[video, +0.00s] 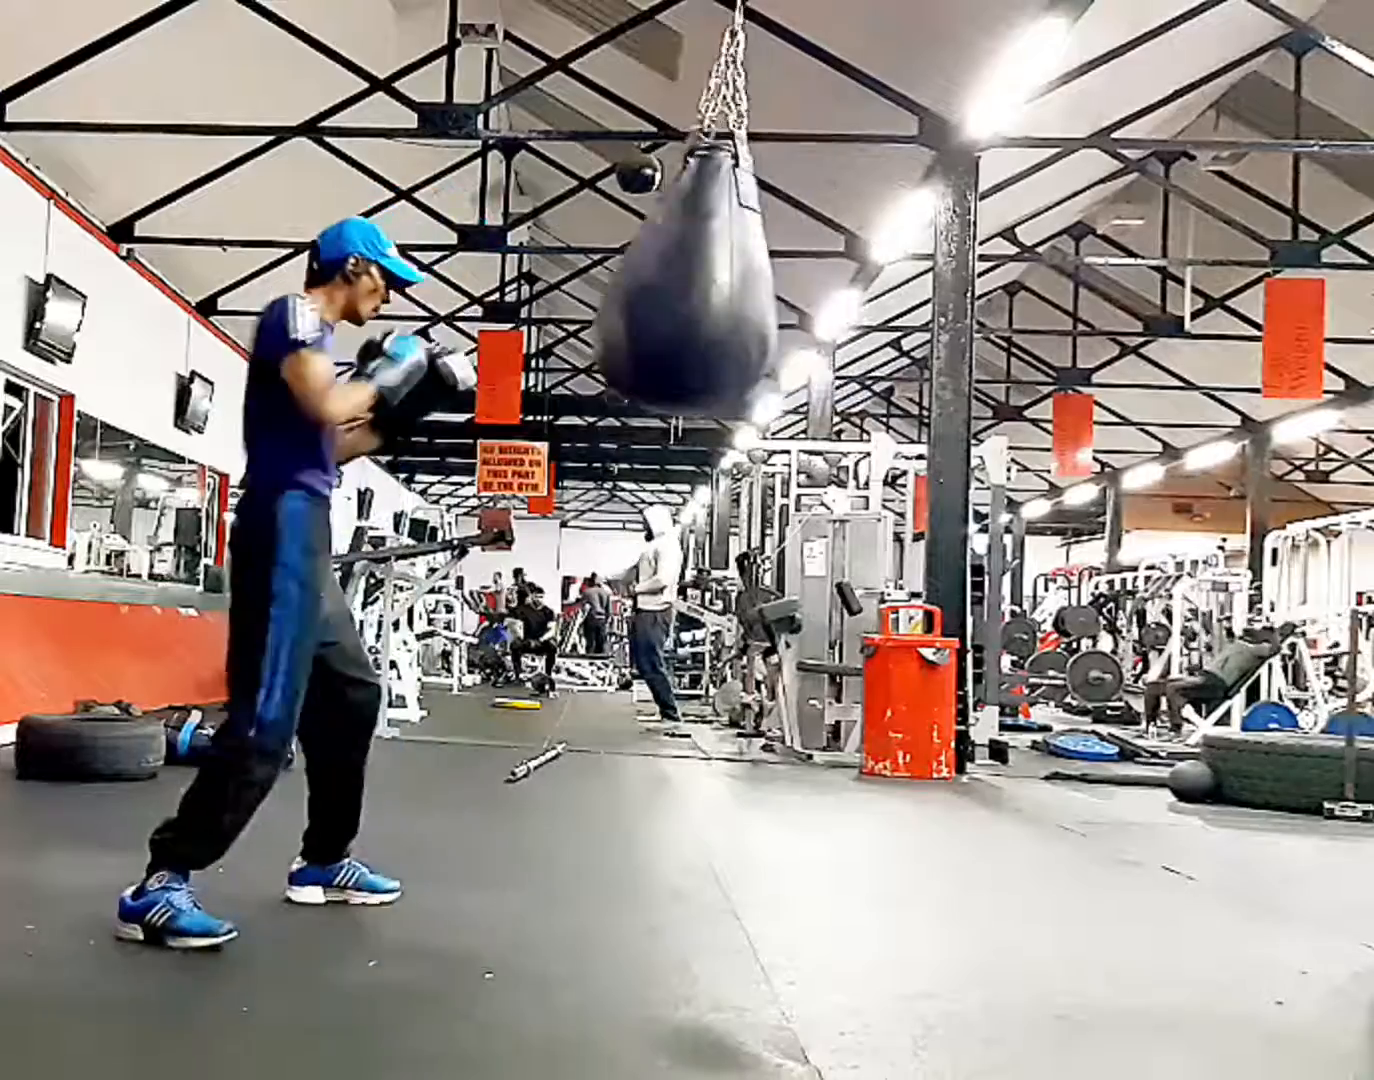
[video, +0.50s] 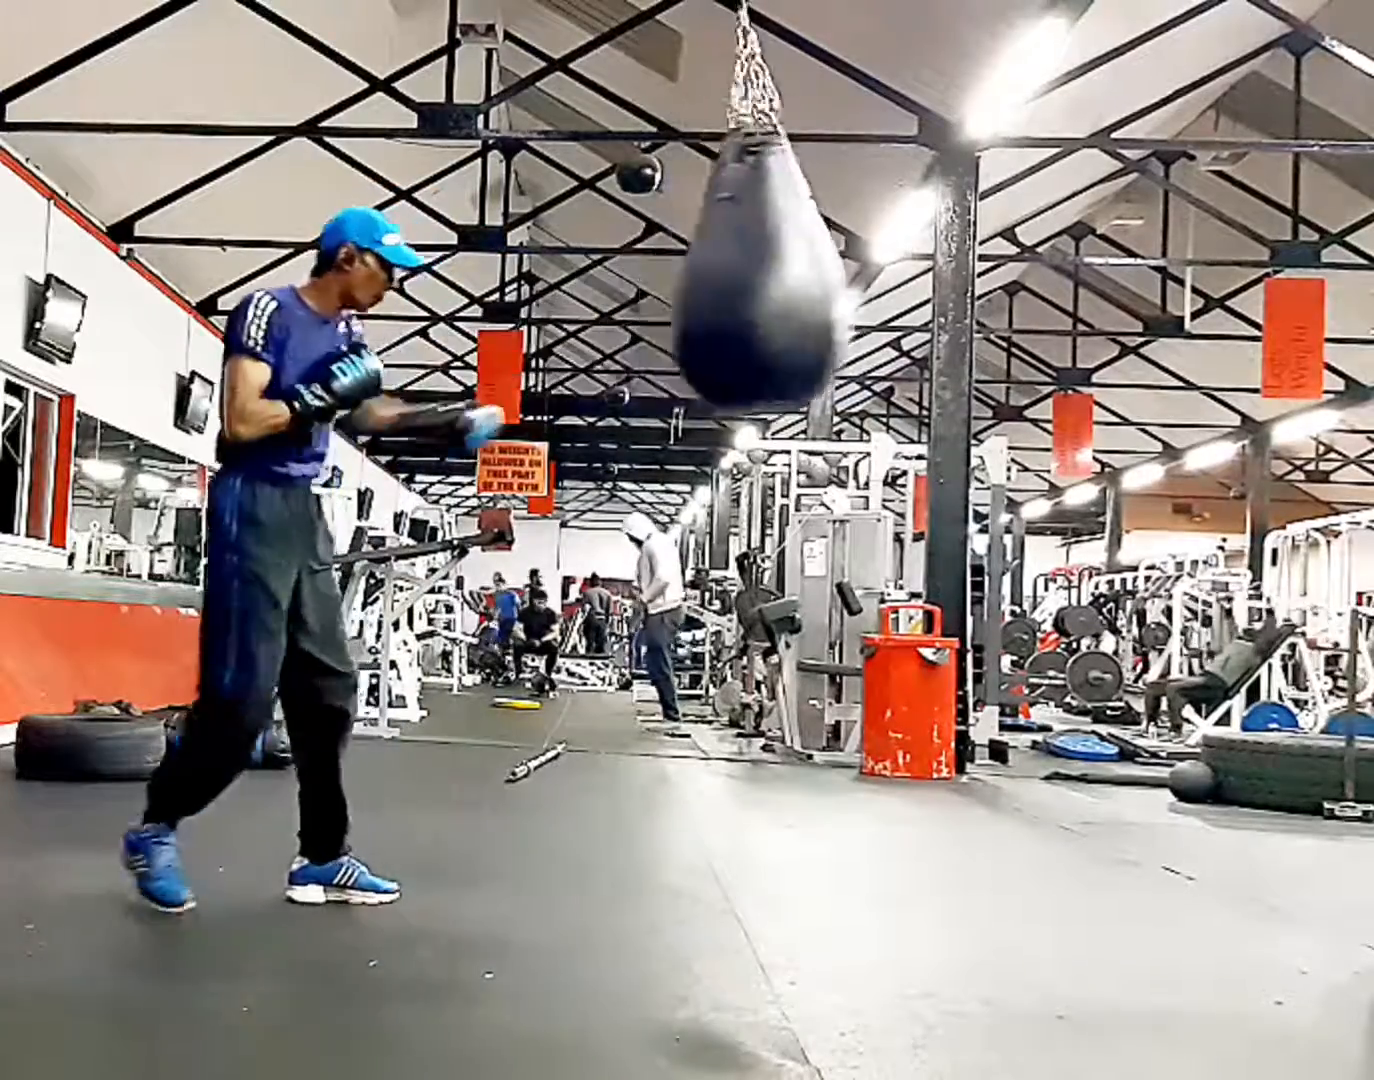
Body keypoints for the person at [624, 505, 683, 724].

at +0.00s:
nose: (643, 527)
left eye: (647, 523)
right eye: (644, 523)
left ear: (657, 523)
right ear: (657, 523)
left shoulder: (668, 546)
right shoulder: (652, 547)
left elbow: (663, 580)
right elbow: (633, 573)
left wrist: (636, 589)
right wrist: (609, 580)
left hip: (656, 609)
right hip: (643, 608)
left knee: (652, 663)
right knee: (643, 664)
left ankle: (670, 712)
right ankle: (666, 709)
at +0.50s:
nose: (630, 541)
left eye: (630, 536)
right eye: (629, 537)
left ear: (637, 532)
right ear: (644, 528)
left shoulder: (656, 544)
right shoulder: (652, 545)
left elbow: (663, 577)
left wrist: (644, 598)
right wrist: (640, 593)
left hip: (663, 610)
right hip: (657, 609)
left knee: (659, 662)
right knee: (657, 662)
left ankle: (671, 713)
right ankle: (669, 711)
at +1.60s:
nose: (646, 564)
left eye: (646, 559)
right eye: (644, 560)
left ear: (652, 554)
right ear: (658, 546)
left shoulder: (672, 568)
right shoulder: (672, 562)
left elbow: (689, 600)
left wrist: (695, 621)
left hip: (671, 627)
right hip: (674, 624)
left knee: (654, 664)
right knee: (673, 667)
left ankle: (672, 711)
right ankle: (688, 715)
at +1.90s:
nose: (641, 559)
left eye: (640, 554)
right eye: (638, 556)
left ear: (646, 548)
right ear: (648, 543)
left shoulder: (667, 562)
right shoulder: (661, 561)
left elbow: (685, 594)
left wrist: (693, 624)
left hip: (669, 624)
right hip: (673, 622)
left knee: (658, 667)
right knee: (676, 667)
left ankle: (673, 716)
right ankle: (688, 716)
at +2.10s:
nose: (639, 563)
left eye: (637, 558)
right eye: (635, 559)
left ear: (642, 552)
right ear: (641, 550)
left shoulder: (665, 560)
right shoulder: (655, 565)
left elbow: (687, 589)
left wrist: (695, 622)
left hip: (674, 622)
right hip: (666, 622)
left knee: (669, 669)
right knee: (678, 668)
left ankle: (674, 716)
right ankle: (688, 715)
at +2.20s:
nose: (637, 565)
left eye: (635, 560)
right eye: (633, 562)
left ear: (640, 554)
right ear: (640, 553)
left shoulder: (665, 559)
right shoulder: (654, 567)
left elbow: (689, 588)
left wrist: (696, 620)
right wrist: (637, 591)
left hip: (676, 624)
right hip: (664, 624)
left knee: (674, 672)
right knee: (678, 671)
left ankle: (675, 717)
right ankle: (687, 714)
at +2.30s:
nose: (640, 568)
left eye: (638, 563)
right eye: (636, 565)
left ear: (642, 555)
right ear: (640, 555)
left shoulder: (667, 559)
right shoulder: (655, 568)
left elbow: (689, 589)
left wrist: (697, 622)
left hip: (679, 621)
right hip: (667, 621)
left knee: (677, 670)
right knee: (676, 669)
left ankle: (676, 715)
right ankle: (687, 713)